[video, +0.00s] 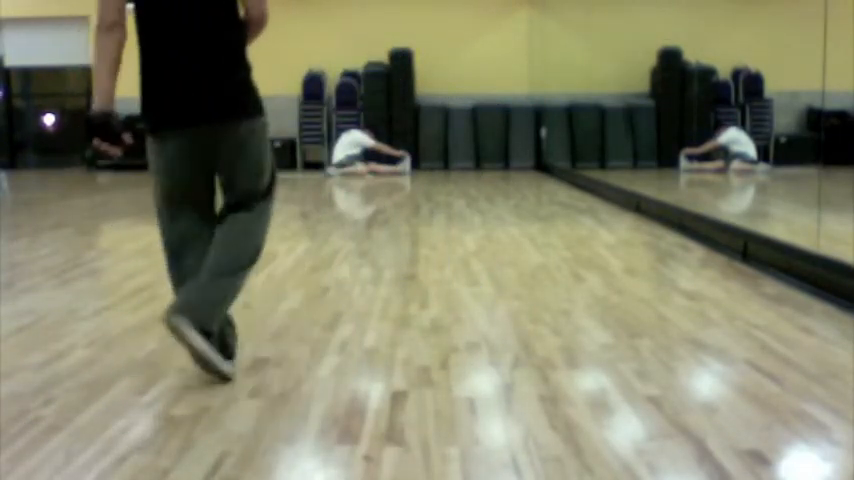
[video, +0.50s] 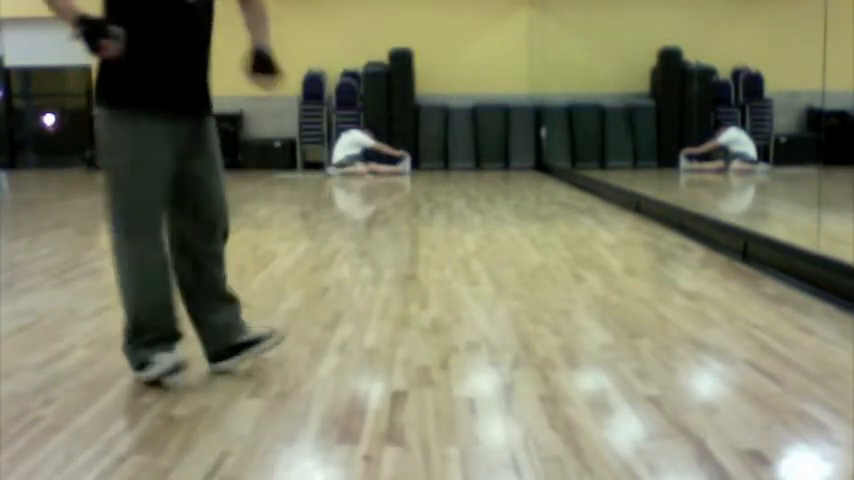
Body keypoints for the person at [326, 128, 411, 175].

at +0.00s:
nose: (369, 141)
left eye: (370, 139)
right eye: (369, 139)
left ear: (363, 132)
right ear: (366, 135)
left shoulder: (348, 135)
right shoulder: (357, 134)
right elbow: (378, 147)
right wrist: (397, 153)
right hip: (345, 164)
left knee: (371, 166)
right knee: (369, 167)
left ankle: (397, 169)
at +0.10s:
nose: (369, 141)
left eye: (370, 139)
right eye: (369, 139)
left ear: (363, 132)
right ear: (366, 134)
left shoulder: (348, 135)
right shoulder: (357, 135)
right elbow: (378, 147)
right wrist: (397, 153)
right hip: (345, 164)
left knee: (371, 166)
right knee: (370, 167)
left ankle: (397, 169)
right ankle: (398, 169)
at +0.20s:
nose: (369, 141)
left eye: (370, 139)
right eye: (369, 139)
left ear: (363, 132)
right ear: (366, 134)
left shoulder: (348, 135)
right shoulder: (357, 135)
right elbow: (378, 147)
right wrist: (397, 153)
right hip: (345, 164)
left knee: (371, 166)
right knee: (370, 167)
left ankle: (397, 169)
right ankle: (398, 169)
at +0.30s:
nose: (369, 141)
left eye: (370, 139)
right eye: (369, 139)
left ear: (363, 132)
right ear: (366, 135)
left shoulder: (348, 135)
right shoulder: (357, 135)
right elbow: (378, 147)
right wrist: (397, 153)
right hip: (345, 164)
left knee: (371, 166)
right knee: (370, 167)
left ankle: (397, 169)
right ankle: (398, 169)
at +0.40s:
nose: (369, 141)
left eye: (370, 139)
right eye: (369, 139)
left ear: (363, 132)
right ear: (366, 135)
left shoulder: (347, 135)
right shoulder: (357, 135)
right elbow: (378, 147)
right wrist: (397, 153)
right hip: (345, 164)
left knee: (371, 166)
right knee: (369, 167)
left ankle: (397, 169)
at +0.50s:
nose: (369, 141)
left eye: (370, 139)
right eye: (369, 139)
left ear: (363, 132)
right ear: (366, 135)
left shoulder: (347, 135)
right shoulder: (357, 135)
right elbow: (378, 147)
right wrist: (397, 153)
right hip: (345, 164)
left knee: (371, 166)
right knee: (369, 167)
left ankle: (397, 169)